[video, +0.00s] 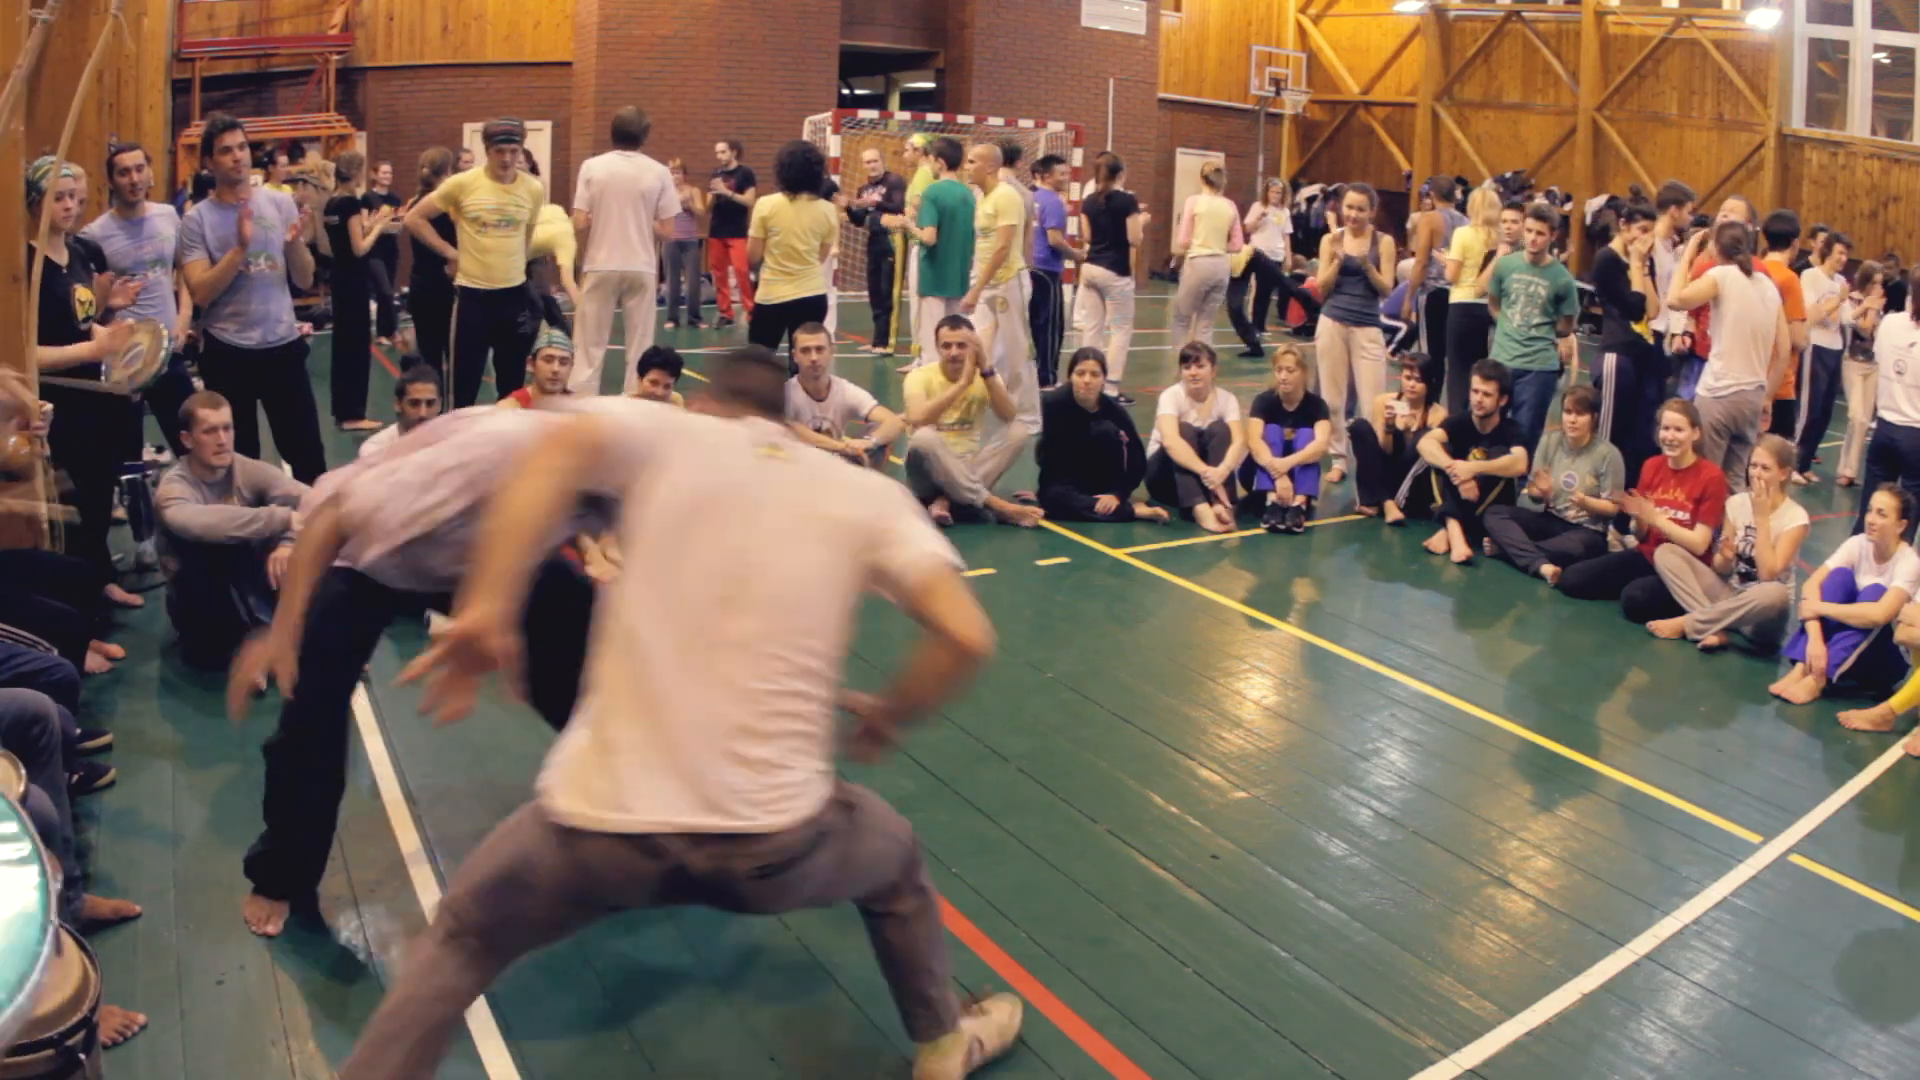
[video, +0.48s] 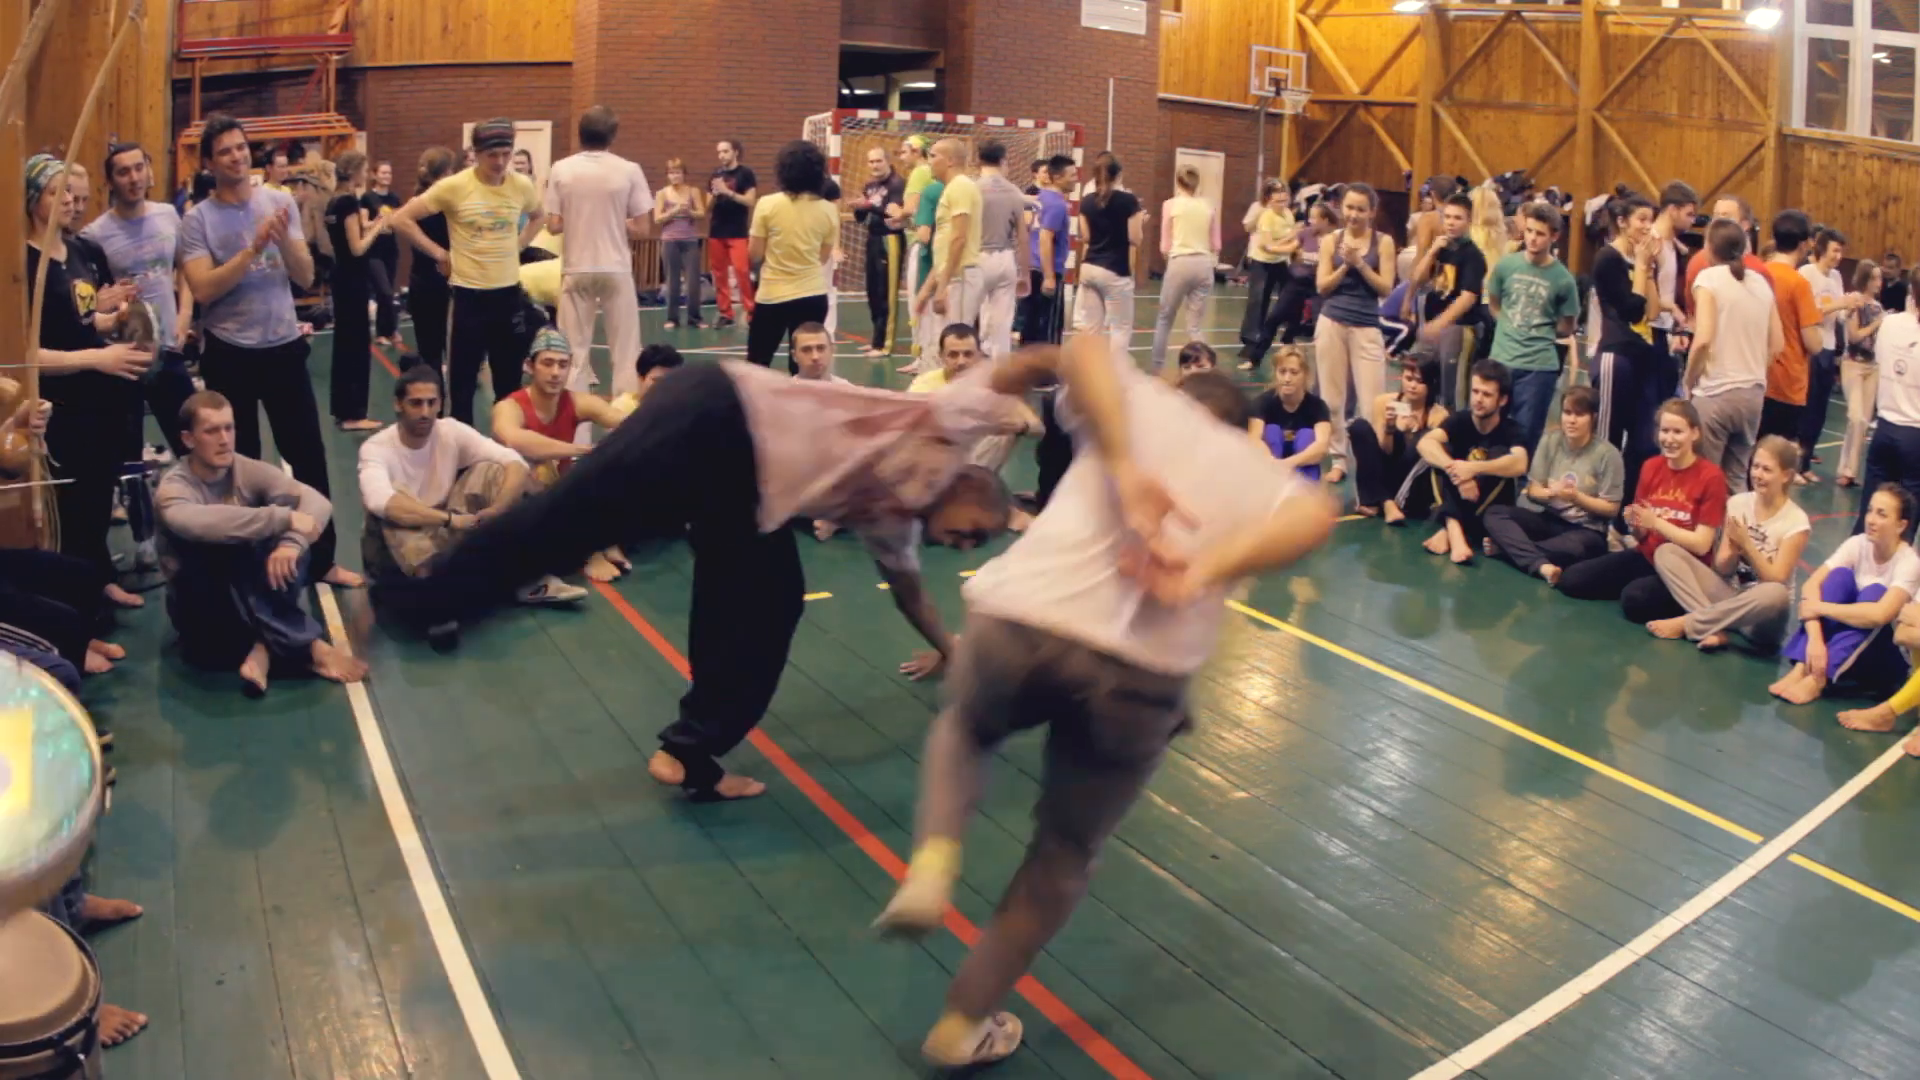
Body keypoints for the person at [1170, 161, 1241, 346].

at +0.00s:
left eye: (1201, 179)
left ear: (1202, 180)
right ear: (1223, 181)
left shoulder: (1193, 202)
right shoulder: (1230, 206)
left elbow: (1184, 240)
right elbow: (1237, 245)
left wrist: (1179, 255)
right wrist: (1217, 244)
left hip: (1198, 260)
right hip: (1222, 260)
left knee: (1181, 318)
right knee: (1206, 322)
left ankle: (1181, 366)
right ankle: (1203, 367)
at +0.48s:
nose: (1178, 186)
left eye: (1178, 182)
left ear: (1177, 183)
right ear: (1197, 184)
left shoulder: (1169, 205)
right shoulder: (1208, 206)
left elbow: (1165, 245)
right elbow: (1216, 244)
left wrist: (1173, 259)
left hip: (1179, 259)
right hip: (1204, 259)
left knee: (1165, 318)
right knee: (1195, 323)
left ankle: (1157, 366)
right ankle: (1199, 368)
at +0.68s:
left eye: (1162, 186)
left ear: (1161, 188)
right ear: (1181, 187)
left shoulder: (1157, 210)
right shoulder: (1193, 208)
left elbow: (1153, 251)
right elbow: (1202, 243)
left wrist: (1151, 278)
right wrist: (1194, 259)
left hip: (1170, 259)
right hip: (1194, 258)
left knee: (1155, 317)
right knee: (1178, 320)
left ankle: (1152, 375)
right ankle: (1181, 374)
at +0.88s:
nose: (1147, 208)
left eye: (1148, 204)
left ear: (1151, 205)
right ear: (1170, 204)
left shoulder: (1147, 227)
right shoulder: (1183, 222)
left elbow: (1143, 264)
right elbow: (1195, 255)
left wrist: (1132, 288)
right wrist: (1191, 270)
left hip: (1167, 273)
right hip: (1190, 272)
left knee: (1144, 323)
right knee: (1160, 325)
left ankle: (1152, 374)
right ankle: (1159, 374)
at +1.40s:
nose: (1147, 187)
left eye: (1147, 184)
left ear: (1149, 184)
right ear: (1169, 184)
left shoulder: (1144, 207)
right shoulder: (1183, 205)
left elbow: (1140, 244)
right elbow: (1199, 233)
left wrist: (1135, 269)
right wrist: (1181, 241)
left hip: (1158, 258)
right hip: (1182, 256)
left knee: (1145, 313)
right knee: (1163, 315)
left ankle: (1157, 366)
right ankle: (1162, 367)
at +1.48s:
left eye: (1151, 179)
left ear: (1151, 180)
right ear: (1171, 179)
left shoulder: (1144, 202)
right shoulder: (1184, 202)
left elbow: (1140, 234)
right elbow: (1199, 229)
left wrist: (1146, 245)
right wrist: (1182, 239)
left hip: (1158, 251)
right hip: (1182, 251)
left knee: (1149, 314)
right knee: (1176, 314)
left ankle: (1160, 371)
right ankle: (1179, 368)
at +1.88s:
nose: (1170, 184)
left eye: (1170, 181)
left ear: (1170, 183)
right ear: (1188, 185)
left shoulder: (1159, 204)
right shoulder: (1196, 205)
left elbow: (1146, 237)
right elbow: (1204, 241)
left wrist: (1159, 247)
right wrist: (1190, 249)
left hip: (1163, 254)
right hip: (1186, 256)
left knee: (1154, 308)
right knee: (1187, 310)